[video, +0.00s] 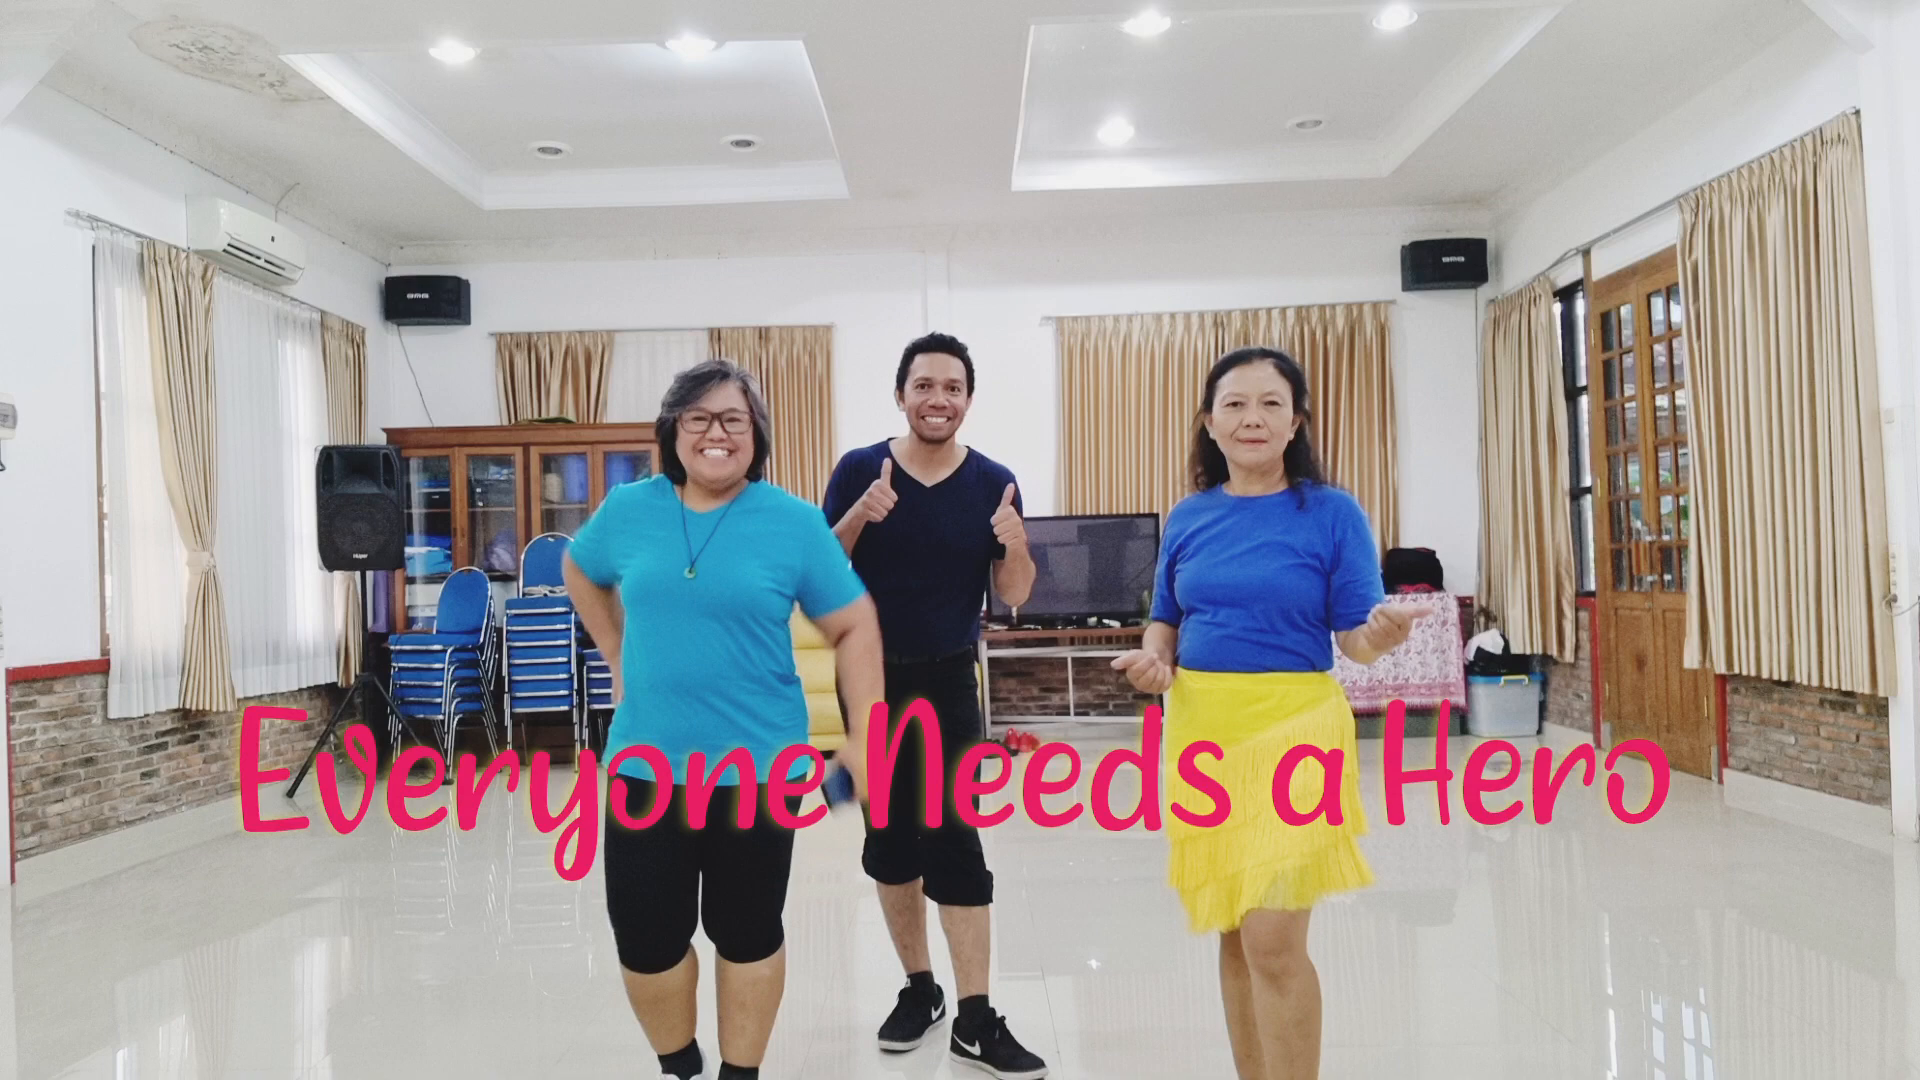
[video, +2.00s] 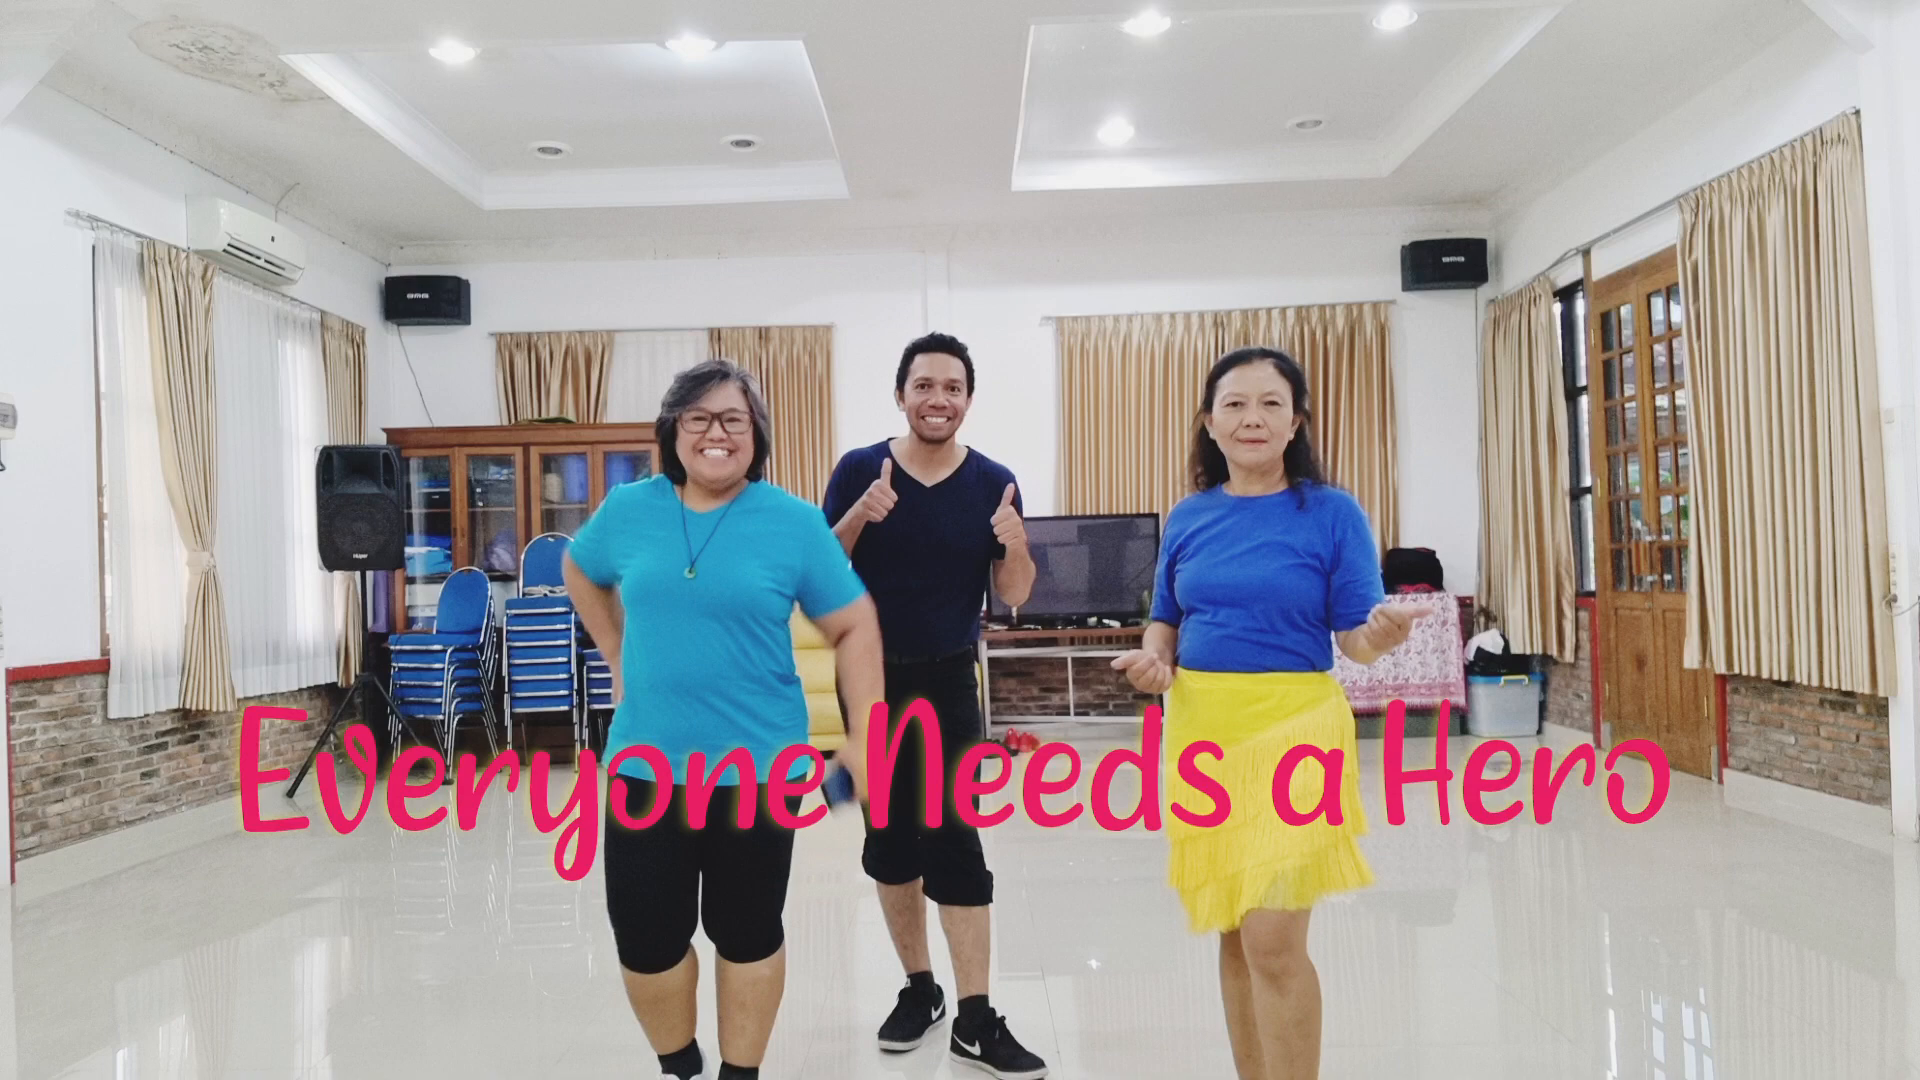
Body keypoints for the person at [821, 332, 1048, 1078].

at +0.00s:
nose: (938, 400)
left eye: (952, 388)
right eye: (924, 386)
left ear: (968, 399)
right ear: (900, 396)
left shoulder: (992, 483)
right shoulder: (858, 472)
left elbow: (1014, 595)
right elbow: (813, 570)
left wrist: (1015, 548)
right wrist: (854, 520)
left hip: (950, 676)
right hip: (872, 676)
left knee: (957, 841)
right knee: (892, 840)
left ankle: (975, 1014)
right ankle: (919, 990)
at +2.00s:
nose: (938, 400)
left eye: (952, 388)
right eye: (924, 386)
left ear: (968, 399)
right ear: (900, 396)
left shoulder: (992, 483)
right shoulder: (858, 472)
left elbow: (1014, 595)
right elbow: (813, 570)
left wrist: (1015, 548)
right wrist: (854, 520)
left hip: (950, 676)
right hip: (872, 676)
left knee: (957, 841)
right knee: (892, 840)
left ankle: (975, 1014)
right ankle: (919, 990)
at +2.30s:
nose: (938, 400)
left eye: (952, 388)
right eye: (924, 386)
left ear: (968, 399)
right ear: (900, 396)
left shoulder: (992, 483)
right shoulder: (858, 472)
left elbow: (1014, 595)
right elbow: (813, 570)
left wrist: (1015, 548)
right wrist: (854, 520)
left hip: (950, 676)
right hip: (872, 676)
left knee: (957, 841)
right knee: (892, 840)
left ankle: (975, 1014)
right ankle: (919, 990)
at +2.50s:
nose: (938, 400)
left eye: (952, 388)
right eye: (924, 386)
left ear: (968, 399)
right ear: (900, 396)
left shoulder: (992, 483)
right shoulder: (858, 472)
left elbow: (1014, 595)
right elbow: (813, 570)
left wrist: (1015, 548)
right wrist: (854, 520)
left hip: (950, 676)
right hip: (872, 676)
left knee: (957, 841)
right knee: (892, 840)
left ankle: (975, 1014)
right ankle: (919, 990)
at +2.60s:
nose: (938, 400)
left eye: (952, 388)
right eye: (924, 386)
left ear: (968, 399)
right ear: (900, 396)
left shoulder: (992, 483)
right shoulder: (858, 472)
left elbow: (1014, 595)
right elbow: (813, 570)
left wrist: (1015, 548)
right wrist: (854, 520)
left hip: (950, 676)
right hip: (872, 676)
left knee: (957, 841)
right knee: (892, 840)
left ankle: (975, 1014)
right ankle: (919, 990)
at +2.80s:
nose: (938, 400)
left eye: (952, 388)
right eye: (924, 386)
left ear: (968, 399)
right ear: (900, 396)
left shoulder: (992, 483)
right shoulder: (858, 472)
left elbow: (1014, 595)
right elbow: (813, 570)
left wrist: (1015, 548)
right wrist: (854, 520)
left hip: (950, 676)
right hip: (872, 676)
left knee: (957, 841)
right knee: (892, 840)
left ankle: (975, 1014)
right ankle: (919, 990)